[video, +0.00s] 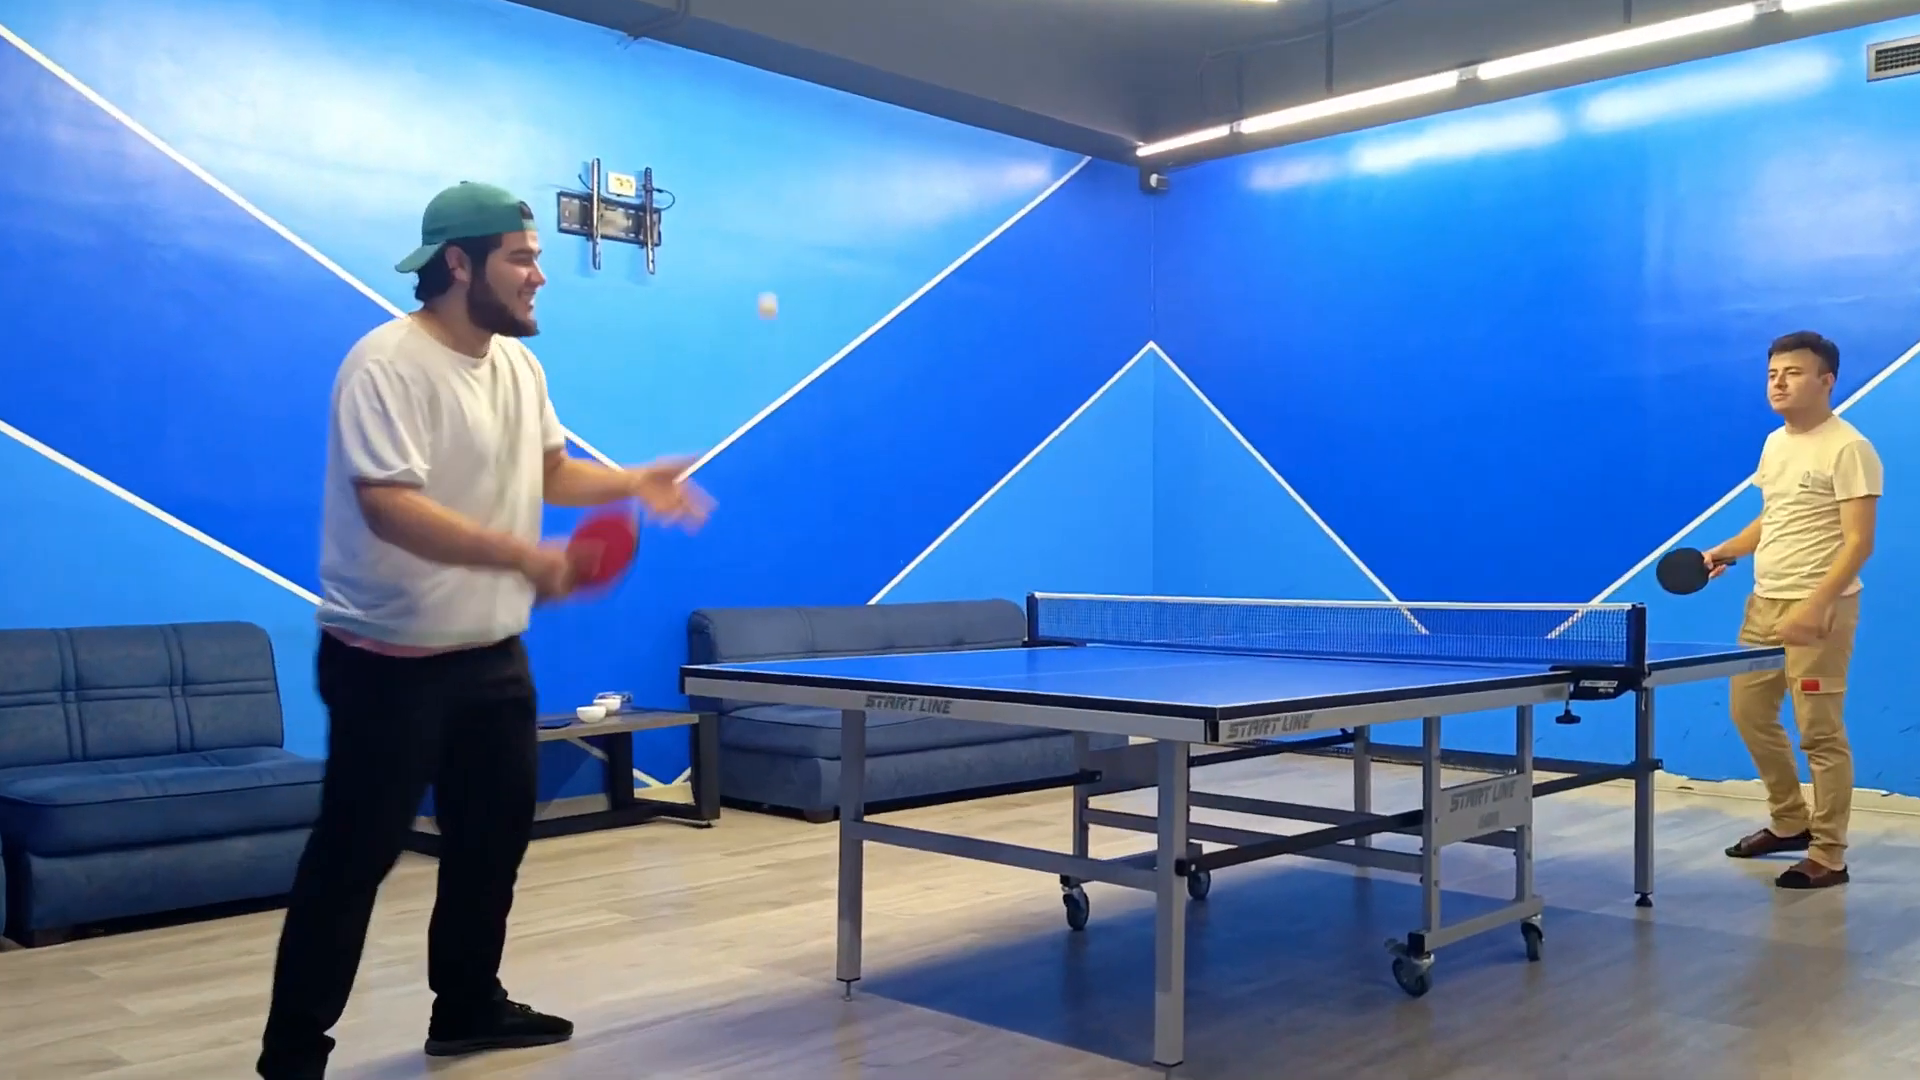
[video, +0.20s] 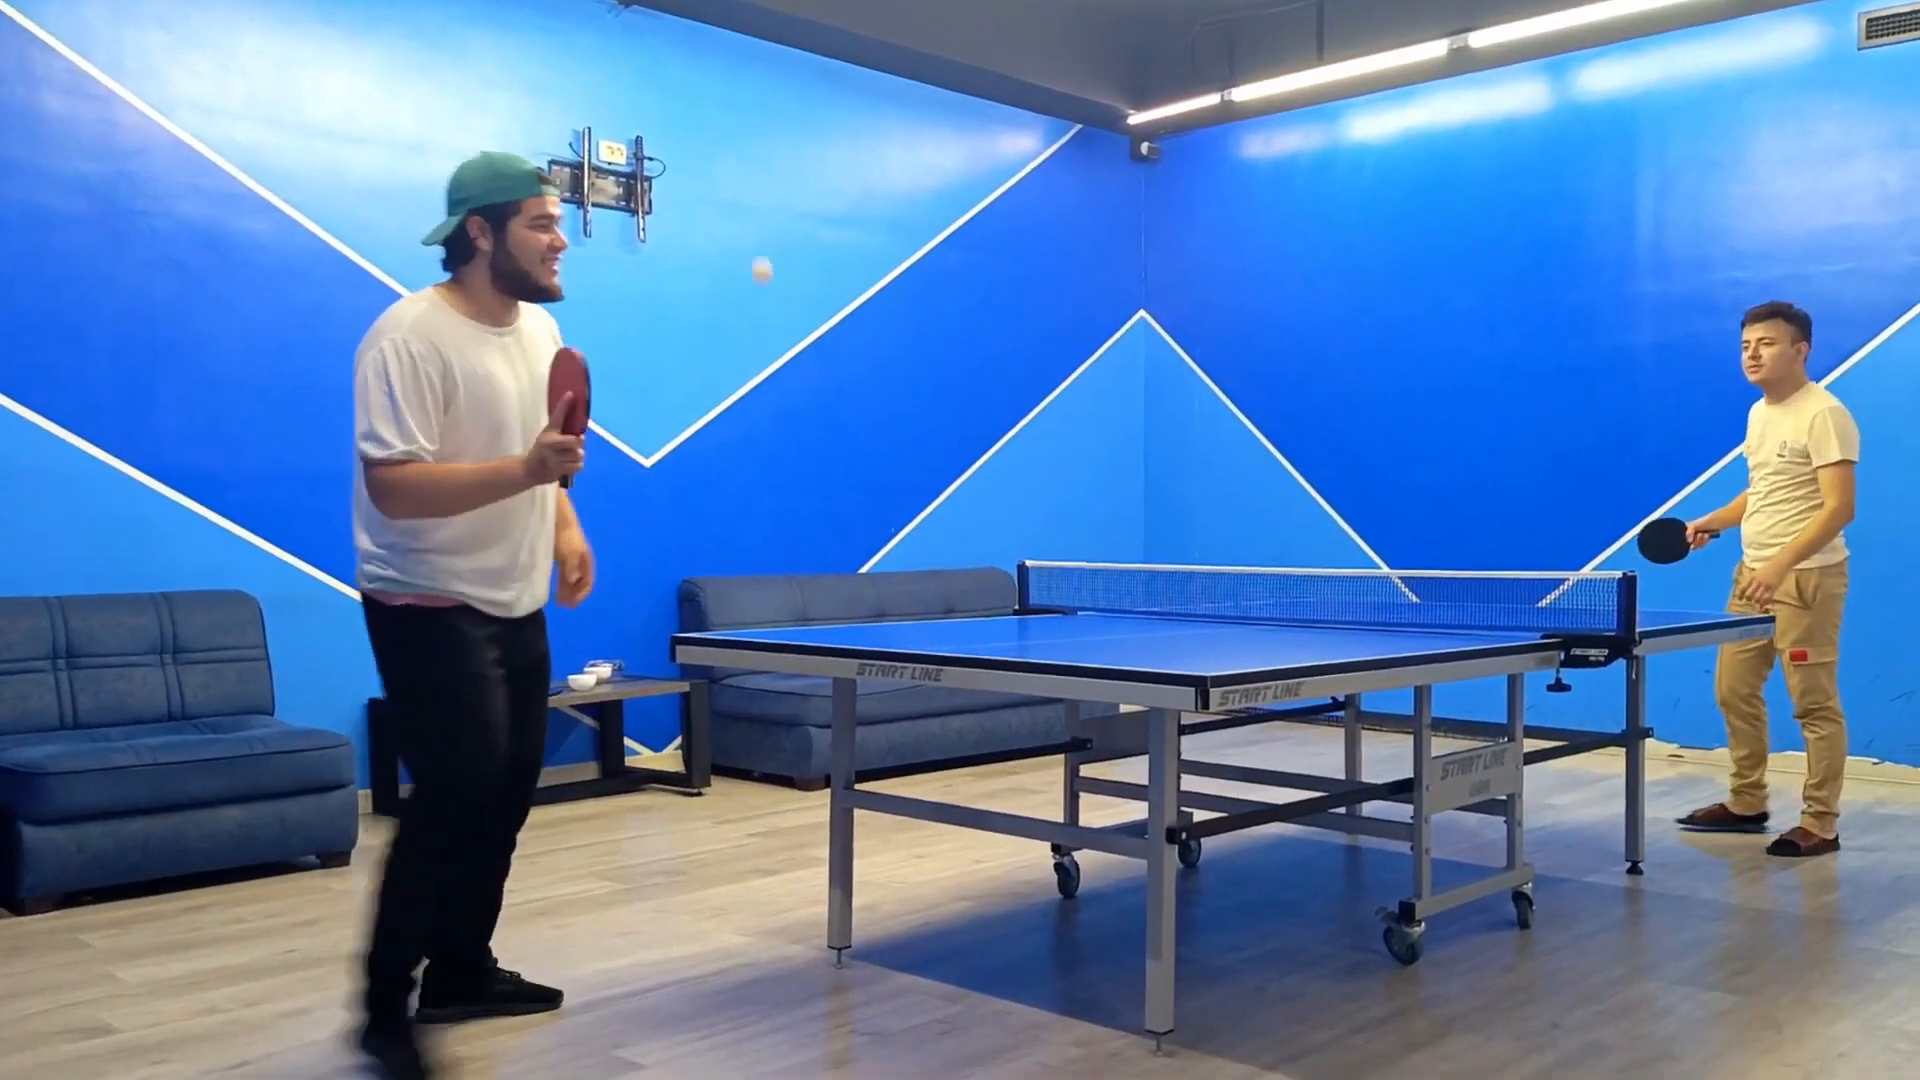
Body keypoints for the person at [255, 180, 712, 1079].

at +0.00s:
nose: (538, 275)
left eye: (537, 259)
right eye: (522, 259)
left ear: (483, 268)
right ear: (460, 265)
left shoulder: (517, 364)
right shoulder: (382, 366)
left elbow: (549, 471)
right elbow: (388, 508)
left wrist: (631, 481)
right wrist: (526, 556)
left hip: (490, 653)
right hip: (386, 661)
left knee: (493, 836)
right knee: (351, 857)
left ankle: (469, 1007)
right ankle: (293, 1051)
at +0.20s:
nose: (560, 240)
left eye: (559, 225)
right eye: (542, 225)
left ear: (527, 239)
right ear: (480, 235)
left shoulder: (540, 334)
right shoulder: (405, 337)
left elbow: (539, 448)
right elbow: (390, 487)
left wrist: (568, 523)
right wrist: (524, 472)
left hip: (516, 604)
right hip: (426, 605)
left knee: (506, 791)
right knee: (455, 791)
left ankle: (463, 972)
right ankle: (386, 1011)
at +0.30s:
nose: (583, 248)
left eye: (583, 233)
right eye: (568, 233)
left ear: (533, 243)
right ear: (506, 238)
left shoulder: (556, 327)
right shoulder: (421, 337)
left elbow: (543, 442)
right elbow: (392, 489)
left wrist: (563, 520)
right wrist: (529, 486)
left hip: (520, 585)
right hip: (434, 587)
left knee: (508, 763)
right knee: (510, 752)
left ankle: (453, 958)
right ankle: (502, 994)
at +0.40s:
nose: (576, 280)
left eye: (576, 263)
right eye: (561, 263)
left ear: (520, 266)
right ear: (497, 264)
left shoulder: (525, 351)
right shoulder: (414, 368)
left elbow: (504, 484)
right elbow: (401, 525)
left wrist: (552, 535)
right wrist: (528, 553)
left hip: (483, 592)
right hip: (410, 596)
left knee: (491, 765)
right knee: (518, 753)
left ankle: (416, 946)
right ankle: (538, 987)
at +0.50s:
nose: (516, 310)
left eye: (516, 292)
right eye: (502, 292)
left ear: (444, 291)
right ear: (442, 291)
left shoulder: (416, 350)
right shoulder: (388, 409)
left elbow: (434, 459)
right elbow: (524, 565)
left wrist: (479, 540)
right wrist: (653, 600)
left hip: (386, 595)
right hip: (338, 608)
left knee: (443, 757)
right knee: (469, 759)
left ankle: (341, 942)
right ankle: (467, 989)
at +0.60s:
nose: (482, 321)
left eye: (483, 303)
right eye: (474, 301)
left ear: (407, 296)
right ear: (417, 297)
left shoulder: (326, 343)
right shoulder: (382, 412)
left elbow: (362, 454)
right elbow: (536, 500)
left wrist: (421, 534)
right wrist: (685, 518)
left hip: (262, 600)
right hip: (311, 619)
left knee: (390, 752)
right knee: (433, 758)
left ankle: (286, 943)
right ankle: (424, 991)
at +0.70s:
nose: (468, 298)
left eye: (468, 280)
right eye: (458, 280)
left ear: (398, 280)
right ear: (404, 279)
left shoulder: (309, 337)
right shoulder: (369, 392)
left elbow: (297, 482)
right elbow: (524, 480)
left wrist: (381, 562)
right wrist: (675, 442)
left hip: (250, 602)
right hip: (310, 616)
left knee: (332, 761)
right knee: (426, 758)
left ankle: (211, 942)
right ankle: (423, 992)